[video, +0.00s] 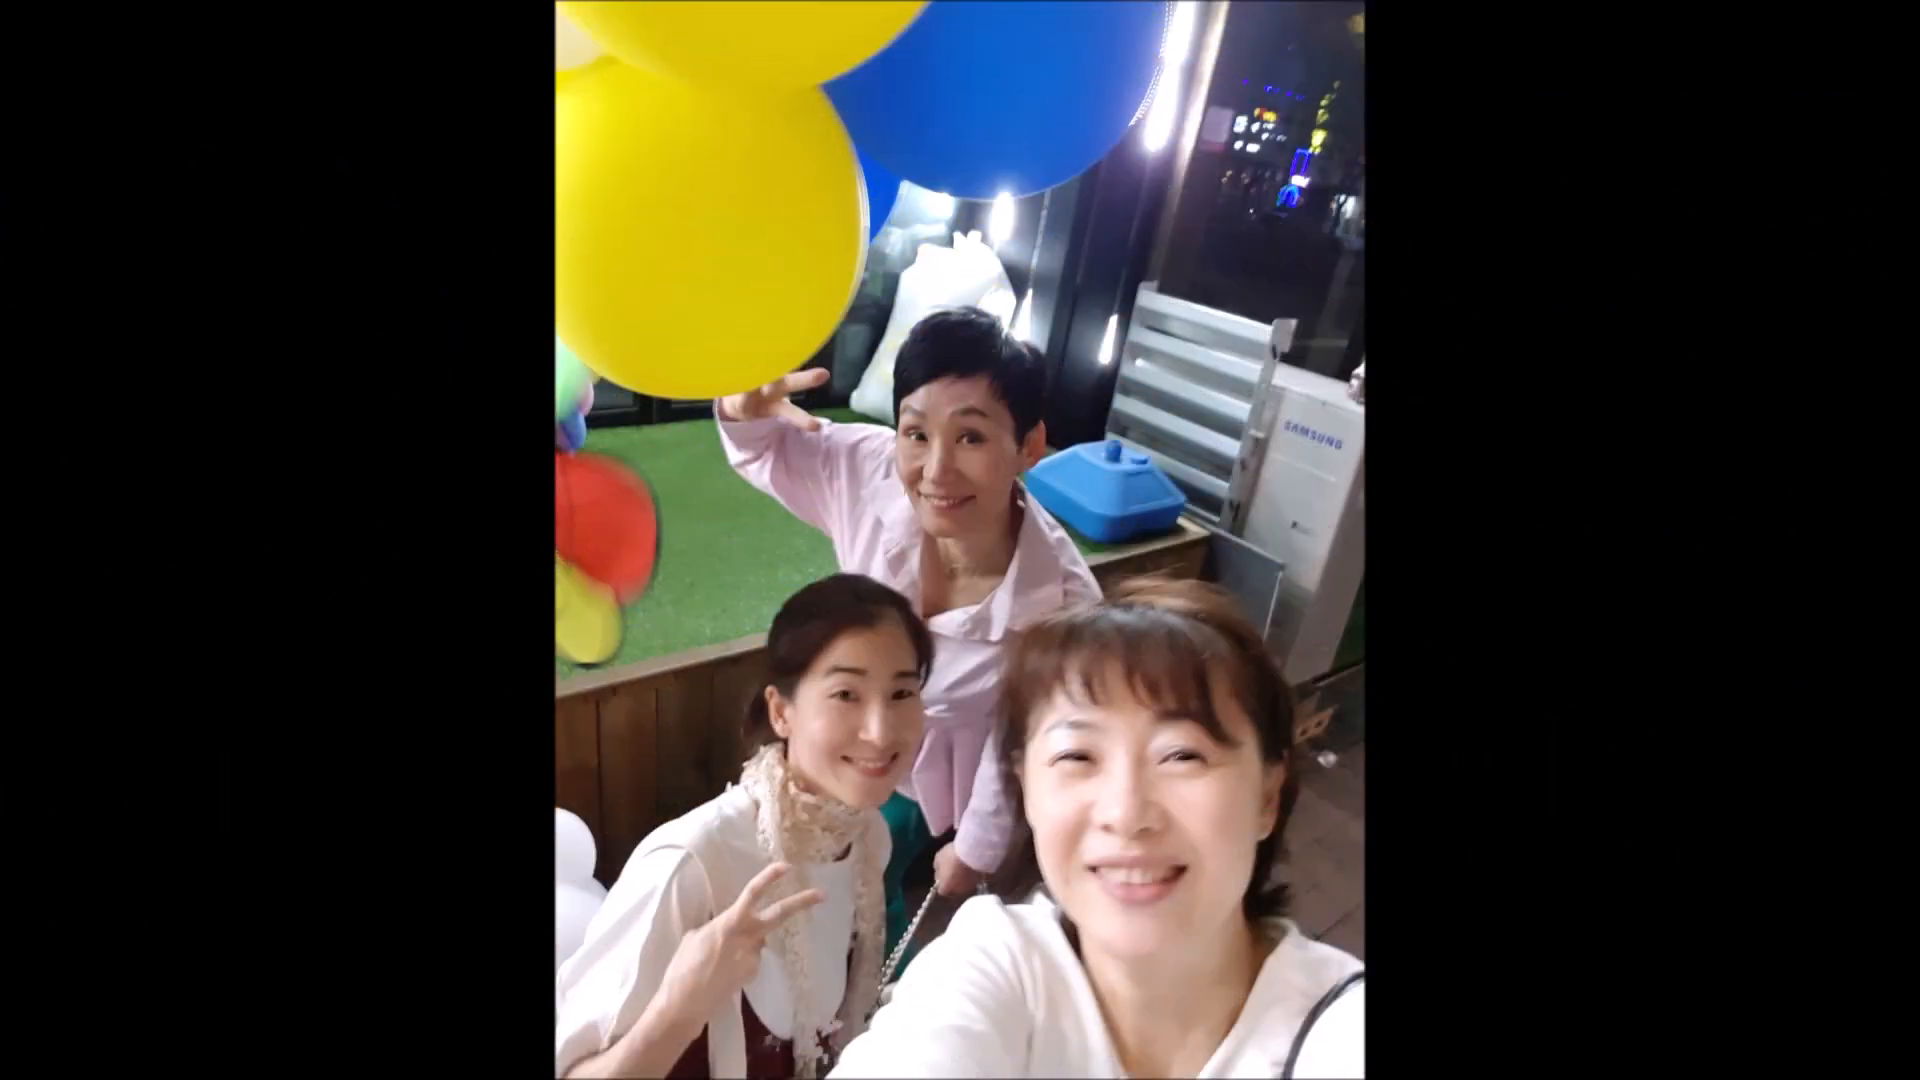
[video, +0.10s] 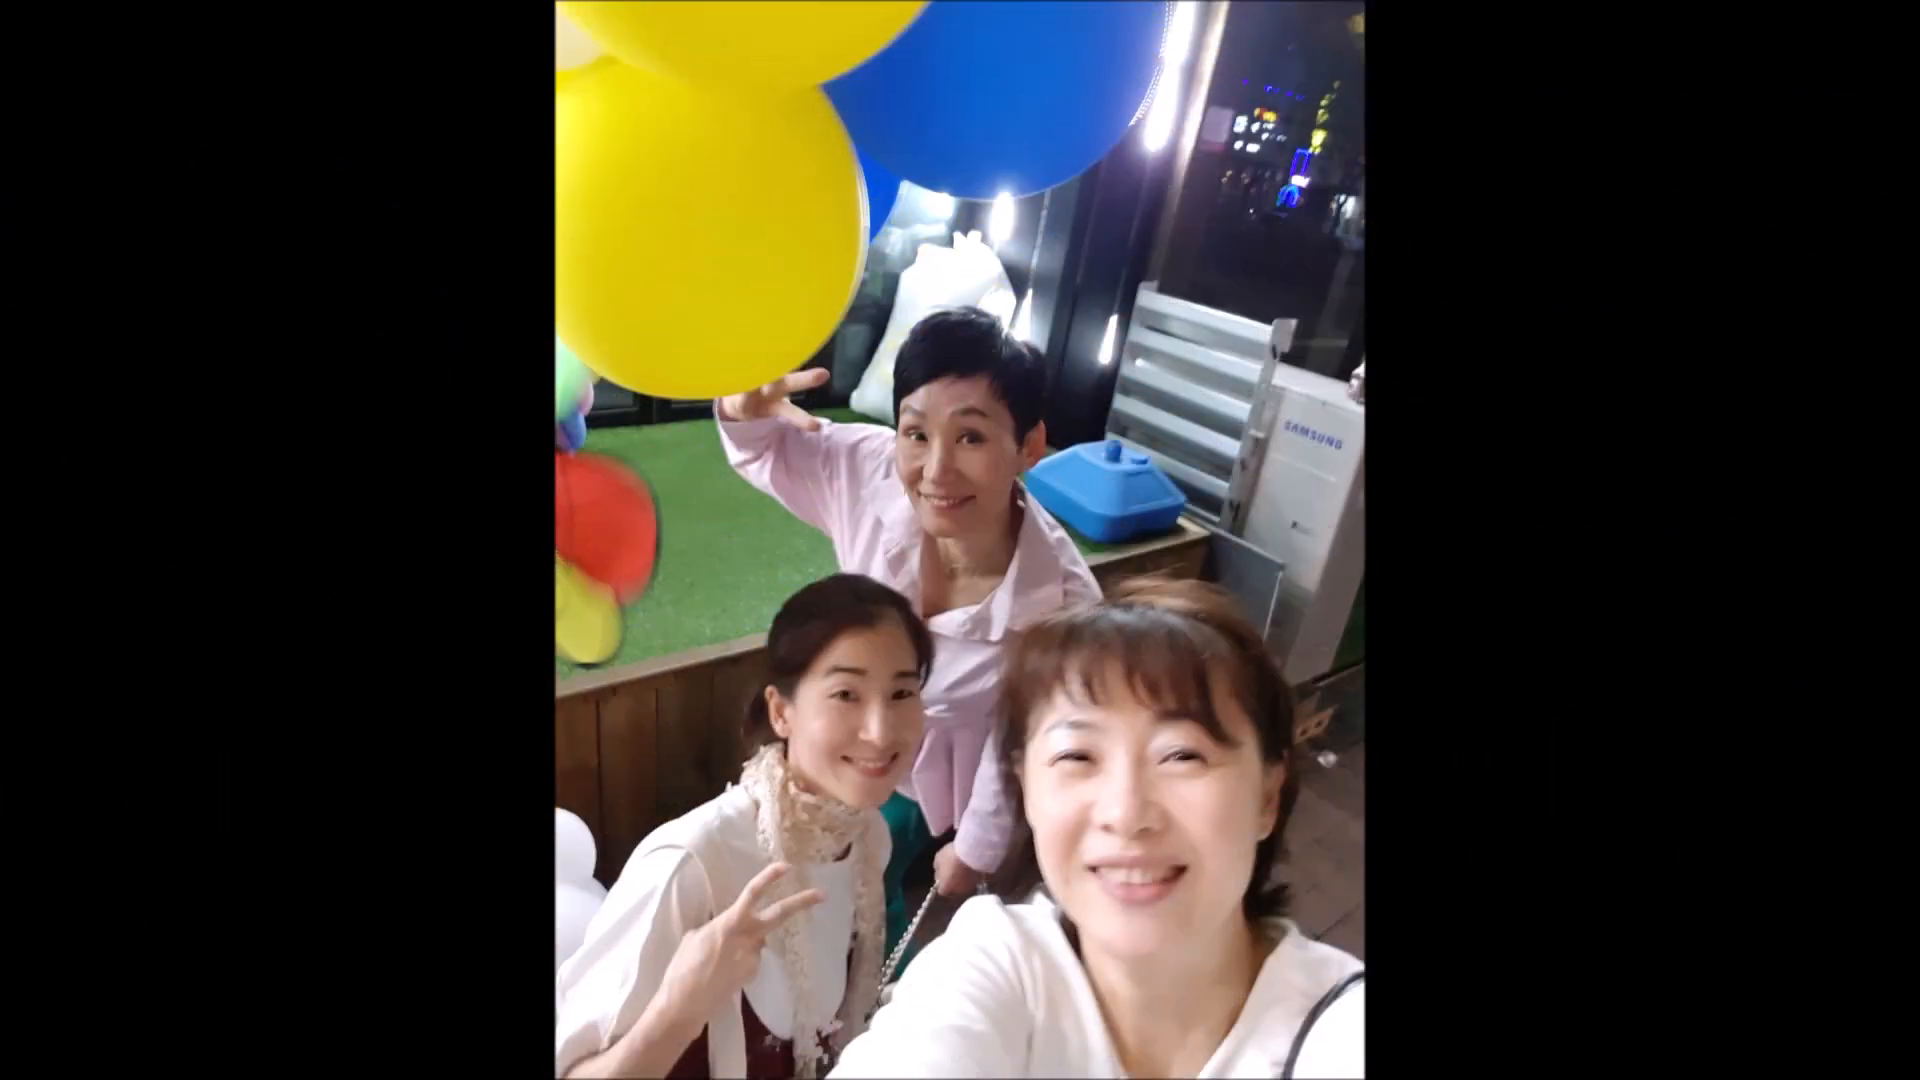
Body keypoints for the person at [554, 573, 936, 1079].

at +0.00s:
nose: (881, 732)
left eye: (903, 694)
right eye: (845, 694)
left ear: (922, 706)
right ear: (782, 712)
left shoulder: (870, 836)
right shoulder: (687, 863)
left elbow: (853, 1020)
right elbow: (574, 1070)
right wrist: (682, 1007)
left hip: (812, 1067)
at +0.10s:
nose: (881, 732)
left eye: (903, 694)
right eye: (845, 694)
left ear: (922, 706)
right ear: (782, 712)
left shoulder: (870, 836)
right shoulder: (687, 863)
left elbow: (853, 1020)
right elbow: (574, 1070)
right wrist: (682, 1007)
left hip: (812, 1067)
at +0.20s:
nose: (881, 732)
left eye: (903, 694)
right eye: (845, 694)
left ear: (922, 706)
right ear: (782, 712)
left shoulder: (870, 836)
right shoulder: (687, 863)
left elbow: (853, 1020)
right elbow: (574, 1070)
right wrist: (682, 1007)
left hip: (812, 1067)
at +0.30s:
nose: (881, 732)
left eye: (903, 694)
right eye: (845, 694)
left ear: (922, 706)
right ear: (782, 712)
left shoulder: (870, 836)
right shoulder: (687, 863)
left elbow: (853, 1020)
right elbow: (574, 1070)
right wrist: (682, 1007)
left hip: (812, 1067)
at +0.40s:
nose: (881, 732)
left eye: (903, 694)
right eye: (845, 694)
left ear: (922, 706)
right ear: (781, 712)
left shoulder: (870, 836)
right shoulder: (687, 863)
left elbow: (852, 1021)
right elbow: (574, 1070)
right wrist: (682, 1007)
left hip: (811, 1067)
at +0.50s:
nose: (882, 732)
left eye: (903, 694)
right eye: (845, 695)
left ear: (922, 706)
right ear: (782, 712)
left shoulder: (870, 835)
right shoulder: (688, 863)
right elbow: (575, 1070)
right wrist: (682, 1007)